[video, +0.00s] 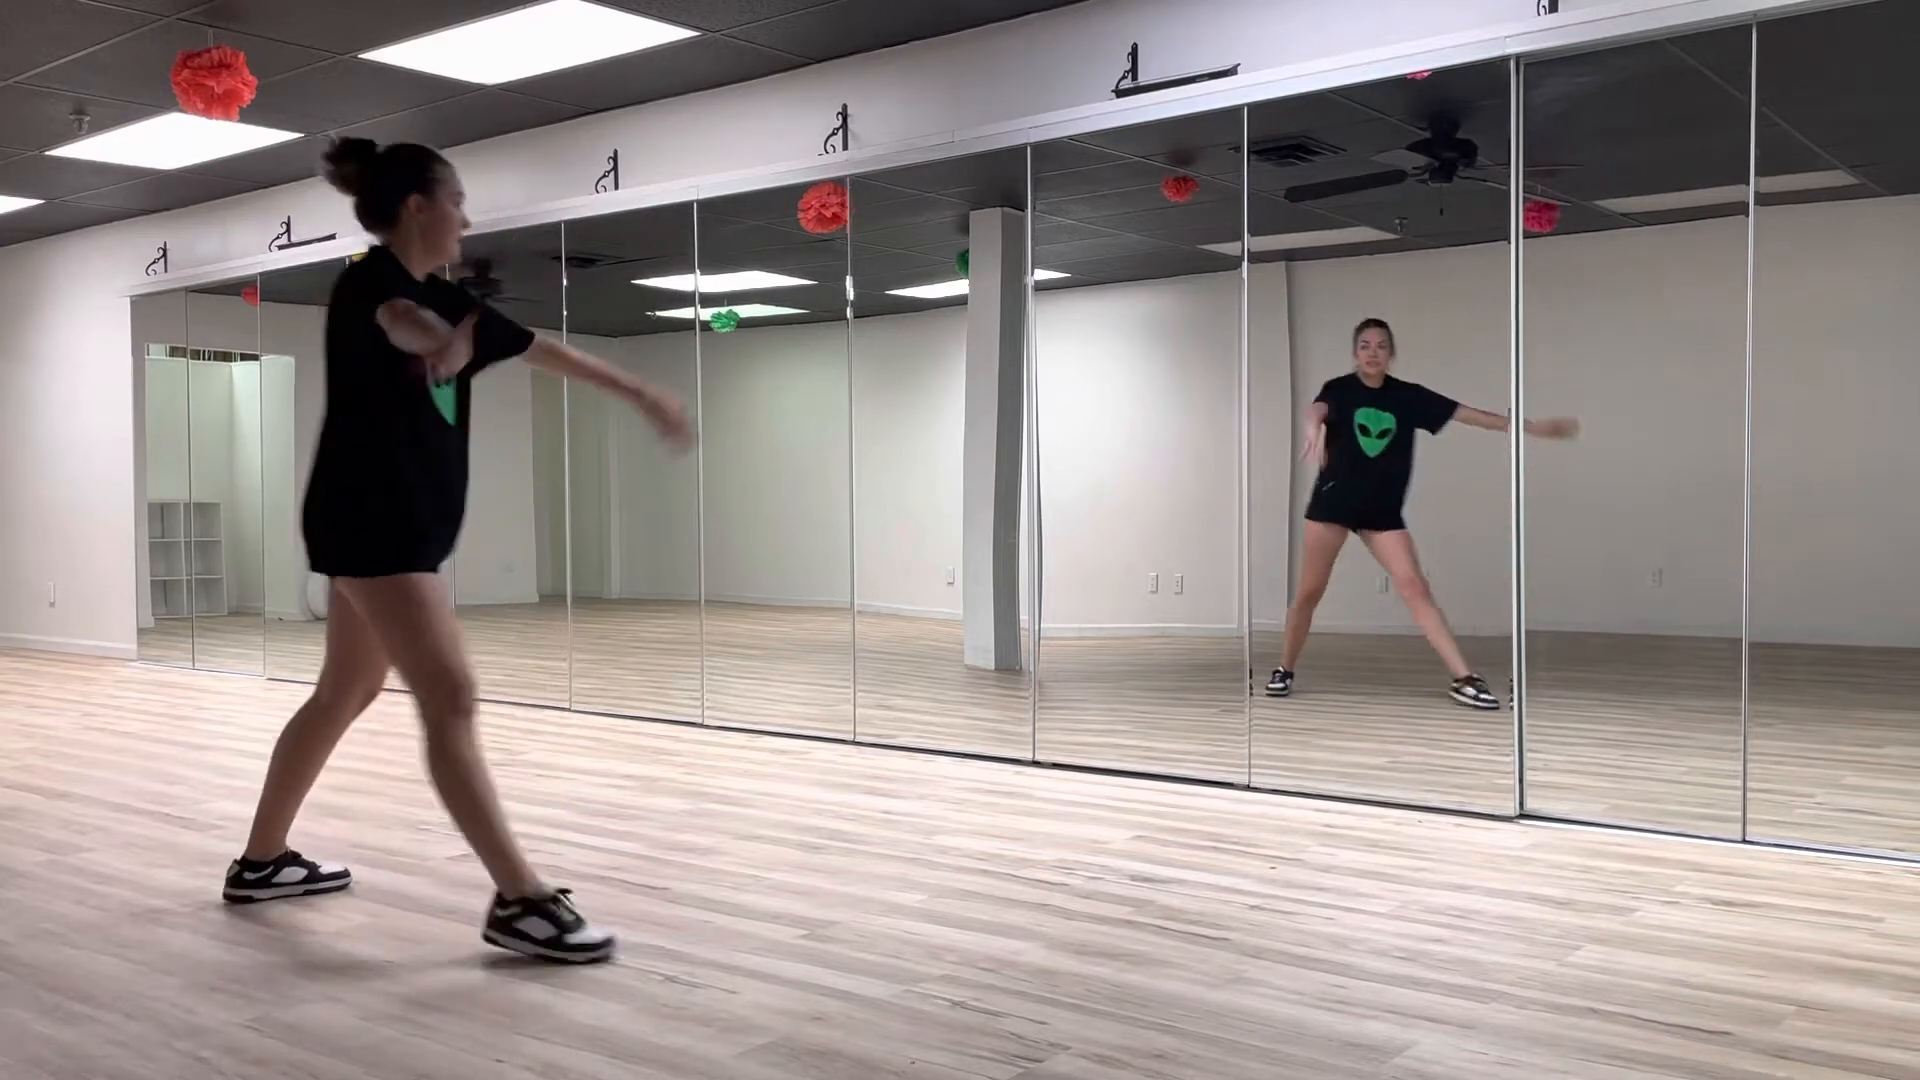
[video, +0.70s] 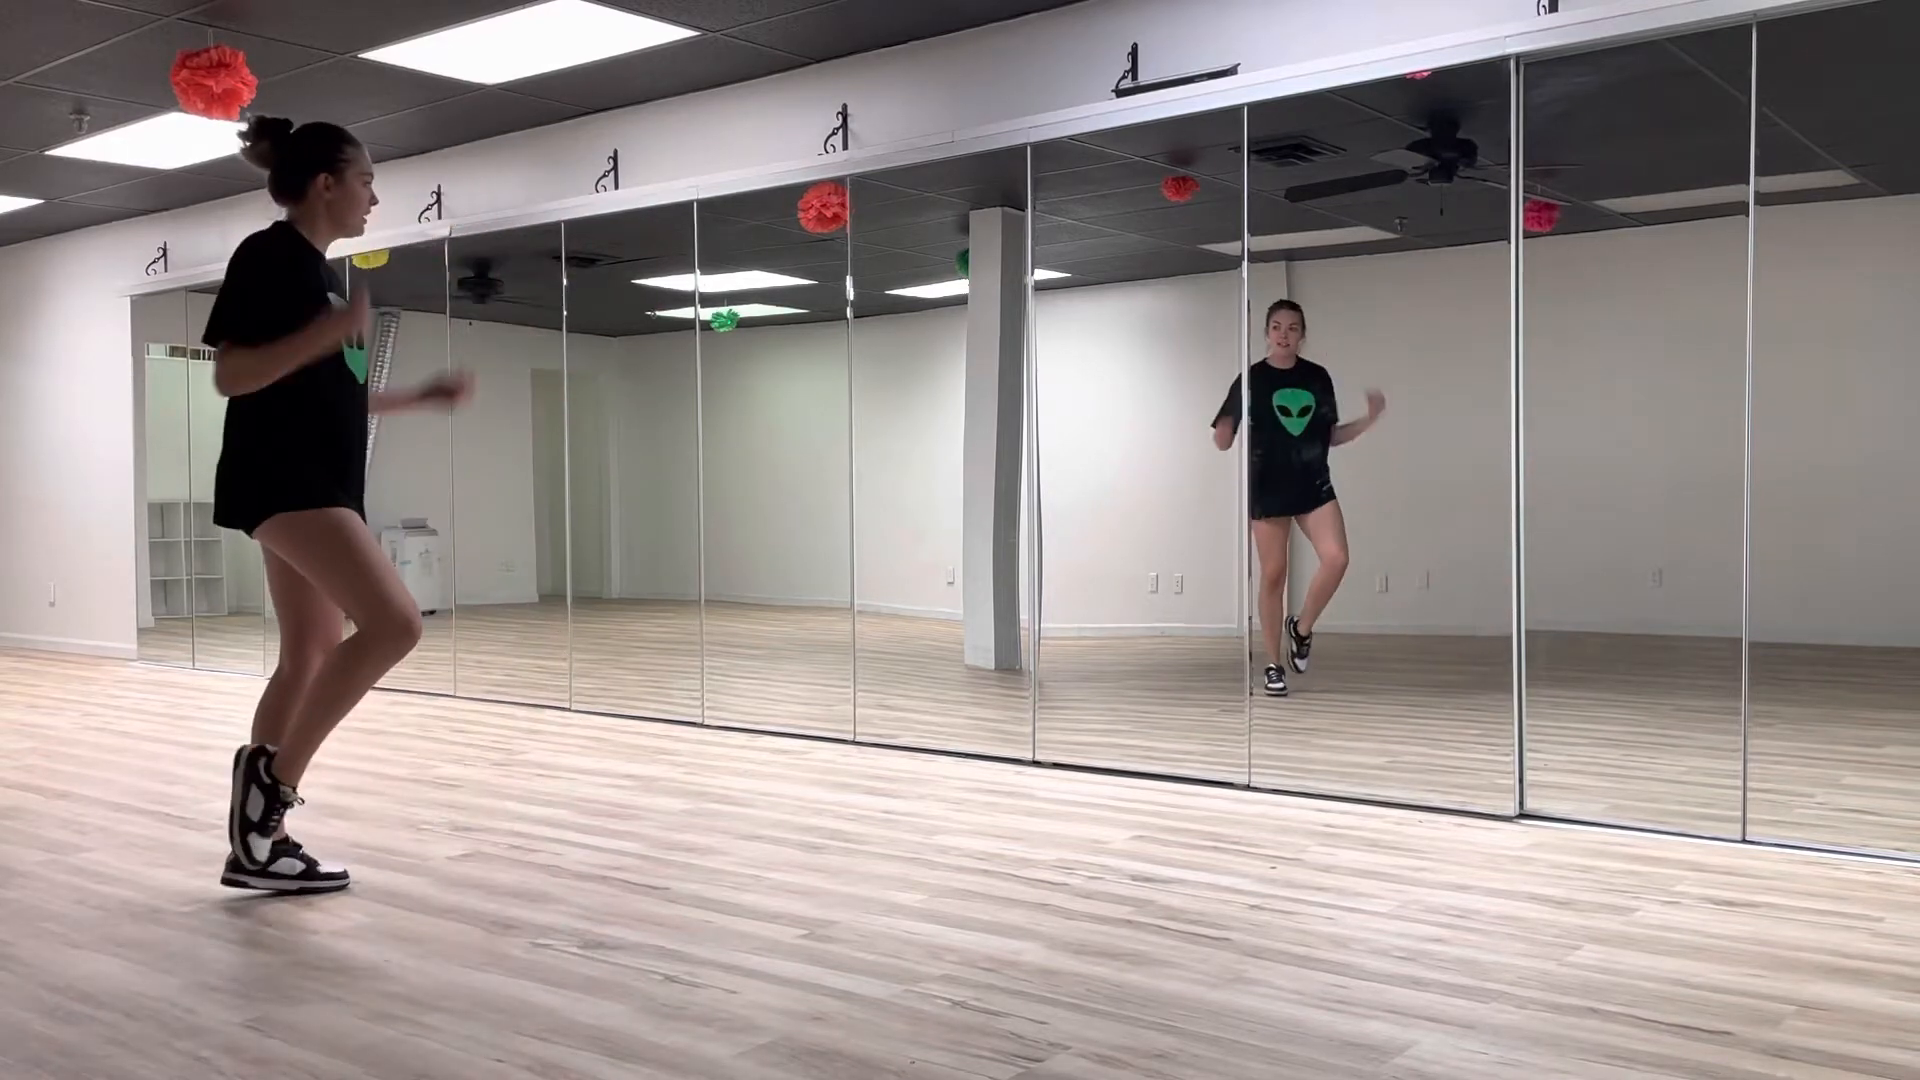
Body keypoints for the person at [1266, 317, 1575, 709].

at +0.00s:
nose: (1372, 351)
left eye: (1379, 345)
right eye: (1365, 344)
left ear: (1391, 352)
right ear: (1355, 351)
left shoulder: (1409, 396)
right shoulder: (1338, 389)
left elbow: (1472, 415)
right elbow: (1313, 414)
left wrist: (1532, 428)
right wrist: (1313, 431)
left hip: (1381, 509)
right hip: (1332, 503)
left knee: (1415, 589)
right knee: (1308, 592)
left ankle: (1464, 680)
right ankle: (1284, 671)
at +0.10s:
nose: (1348, 346)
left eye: (1356, 340)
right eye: (1340, 339)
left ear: (1366, 347)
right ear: (1329, 345)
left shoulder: (1382, 384)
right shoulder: (1316, 382)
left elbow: (1438, 396)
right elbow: (1323, 393)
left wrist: (1502, 398)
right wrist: (1342, 394)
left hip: (1359, 501)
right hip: (1310, 498)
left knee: (1378, 588)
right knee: (1298, 586)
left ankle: (1417, 678)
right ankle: (1283, 670)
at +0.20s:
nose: (1328, 341)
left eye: (1337, 335)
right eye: (1321, 334)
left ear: (1346, 342)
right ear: (1309, 339)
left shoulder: (1359, 377)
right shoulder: (1298, 377)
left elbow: (1409, 381)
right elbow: (1331, 379)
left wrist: (1464, 380)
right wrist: (1369, 372)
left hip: (1343, 495)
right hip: (1296, 492)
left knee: (1360, 580)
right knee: (1290, 582)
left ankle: (1392, 674)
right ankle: (1282, 669)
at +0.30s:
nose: (1313, 339)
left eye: (1322, 333)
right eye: (1306, 332)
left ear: (1331, 340)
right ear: (1294, 337)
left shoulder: (1341, 375)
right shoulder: (1284, 374)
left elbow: (1377, 373)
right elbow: (1327, 374)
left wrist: (1420, 370)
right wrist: (1373, 361)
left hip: (1331, 491)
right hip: (1286, 491)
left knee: (1348, 579)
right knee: (1284, 581)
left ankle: (1371, 672)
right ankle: (1281, 669)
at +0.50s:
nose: (1296, 339)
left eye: (1304, 333)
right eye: (1288, 332)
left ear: (1313, 340)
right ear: (1276, 337)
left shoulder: (1325, 376)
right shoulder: (1263, 377)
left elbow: (1379, 392)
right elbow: (1272, 408)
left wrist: (1365, 357)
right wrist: (1306, 361)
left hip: (1315, 490)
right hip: (1271, 492)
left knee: (1341, 567)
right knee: (1273, 579)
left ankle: (1325, 654)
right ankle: (1279, 666)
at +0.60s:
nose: (1289, 336)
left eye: (1298, 330)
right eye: (1282, 329)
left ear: (1307, 336)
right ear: (1271, 334)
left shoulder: (1321, 377)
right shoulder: (1256, 380)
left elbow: (1364, 420)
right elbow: (1239, 433)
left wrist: (1363, 370)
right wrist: (1256, 381)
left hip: (1314, 487)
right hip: (1268, 490)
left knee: (1341, 560)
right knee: (1274, 579)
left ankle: (1309, 630)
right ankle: (1277, 665)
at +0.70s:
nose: (1284, 334)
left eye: (1292, 328)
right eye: (1277, 327)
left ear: (1303, 334)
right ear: (1267, 332)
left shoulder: (1318, 377)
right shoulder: (1250, 380)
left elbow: (1329, 436)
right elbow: (1223, 440)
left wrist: (1367, 419)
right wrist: (1226, 413)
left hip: (1313, 486)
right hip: (1268, 487)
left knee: (1337, 558)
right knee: (1273, 575)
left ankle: (1301, 628)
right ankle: (1272, 664)